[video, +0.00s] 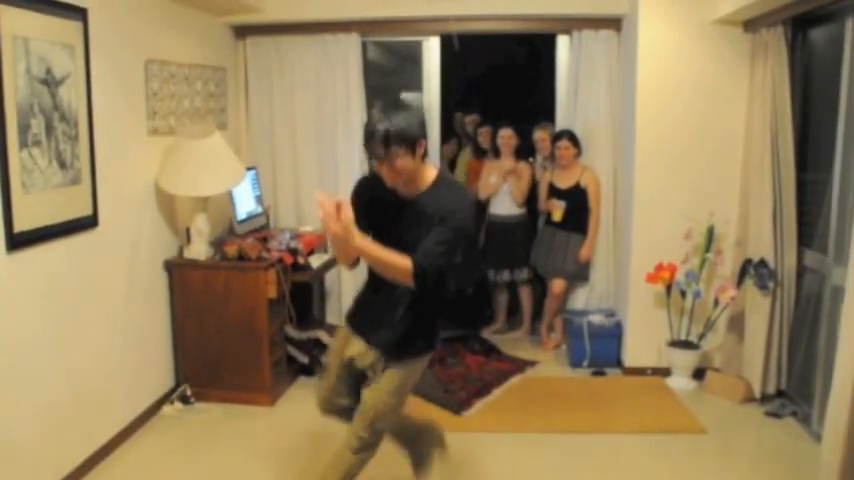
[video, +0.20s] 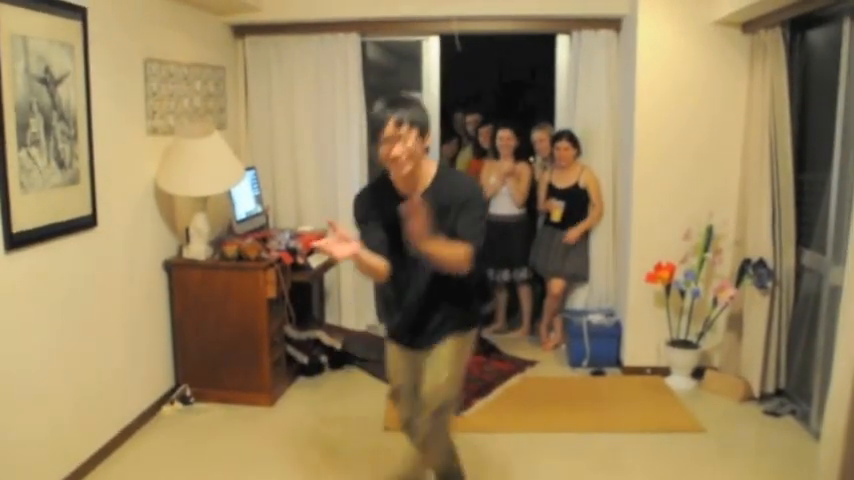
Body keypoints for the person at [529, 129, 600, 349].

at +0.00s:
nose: (562, 153)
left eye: (567, 148)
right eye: (558, 148)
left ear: (576, 150)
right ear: (554, 152)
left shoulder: (587, 176)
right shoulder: (548, 176)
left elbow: (594, 211)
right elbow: (540, 205)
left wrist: (589, 243)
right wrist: (549, 205)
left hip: (574, 235)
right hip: (552, 232)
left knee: (558, 286)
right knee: (554, 288)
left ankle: (545, 326)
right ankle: (559, 331)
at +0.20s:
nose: (561, 154)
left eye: (566, 149)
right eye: (557, 149)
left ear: (576, 151)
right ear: (552, 152)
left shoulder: (586, 175)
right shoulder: (547, 176)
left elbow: (597, 208)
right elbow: (539, 205)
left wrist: (579, 229)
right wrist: (548, 206)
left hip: (572, 234)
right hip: (550, 232)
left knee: (558, 287)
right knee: (553, 287)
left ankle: (544, 326)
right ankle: (557, 330)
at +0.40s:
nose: (563, 157)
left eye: (567, 152)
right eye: (559, 152)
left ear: (575, 152)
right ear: (553, 153)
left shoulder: (586, 174)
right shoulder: (547, 175)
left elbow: (597, 207)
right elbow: (540, 204)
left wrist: (573, 210)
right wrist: (553, 208)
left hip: (573, 235)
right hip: (550, 232)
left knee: (556, 286)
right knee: (553, 287)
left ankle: (543, 326)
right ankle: (557, 331)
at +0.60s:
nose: (565, 163)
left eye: (569, 158)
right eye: (561, 159)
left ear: (574, 156)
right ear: (553, 159)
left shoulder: (584, 175)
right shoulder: (546, 177)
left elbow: (595, 209)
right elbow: (538, 206)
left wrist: (571, 213)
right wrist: (551, 214)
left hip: (574, 233)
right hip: (550, 232)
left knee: (552, 280)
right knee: (554, 284)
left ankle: (542, 327)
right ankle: (557, 331)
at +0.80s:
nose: (566, 171)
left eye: (569, 166)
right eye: (561, 167)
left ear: (574, 162)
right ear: (553, 164)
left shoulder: (582, 179)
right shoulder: (545, 177)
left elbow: (591, 211)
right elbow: (532, 201)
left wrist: (564, 221)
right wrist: (545, 217)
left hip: (570, 229)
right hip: (547, 228)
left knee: (550, 280)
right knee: (553, 283)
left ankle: (544, 331)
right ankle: (556, 330)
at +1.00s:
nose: (567, 185)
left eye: (570, 180)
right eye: (563, 181)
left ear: (576, 175)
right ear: (553, 176)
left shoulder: (583, 187)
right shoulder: (541, 182)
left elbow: (587, 219)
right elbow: (529, 211)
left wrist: (575, 242)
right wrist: (544, 228)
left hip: (568, 234)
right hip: (542, 231)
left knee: (550, 283)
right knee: (543, 284)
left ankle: (549, 333)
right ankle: (551, 329)